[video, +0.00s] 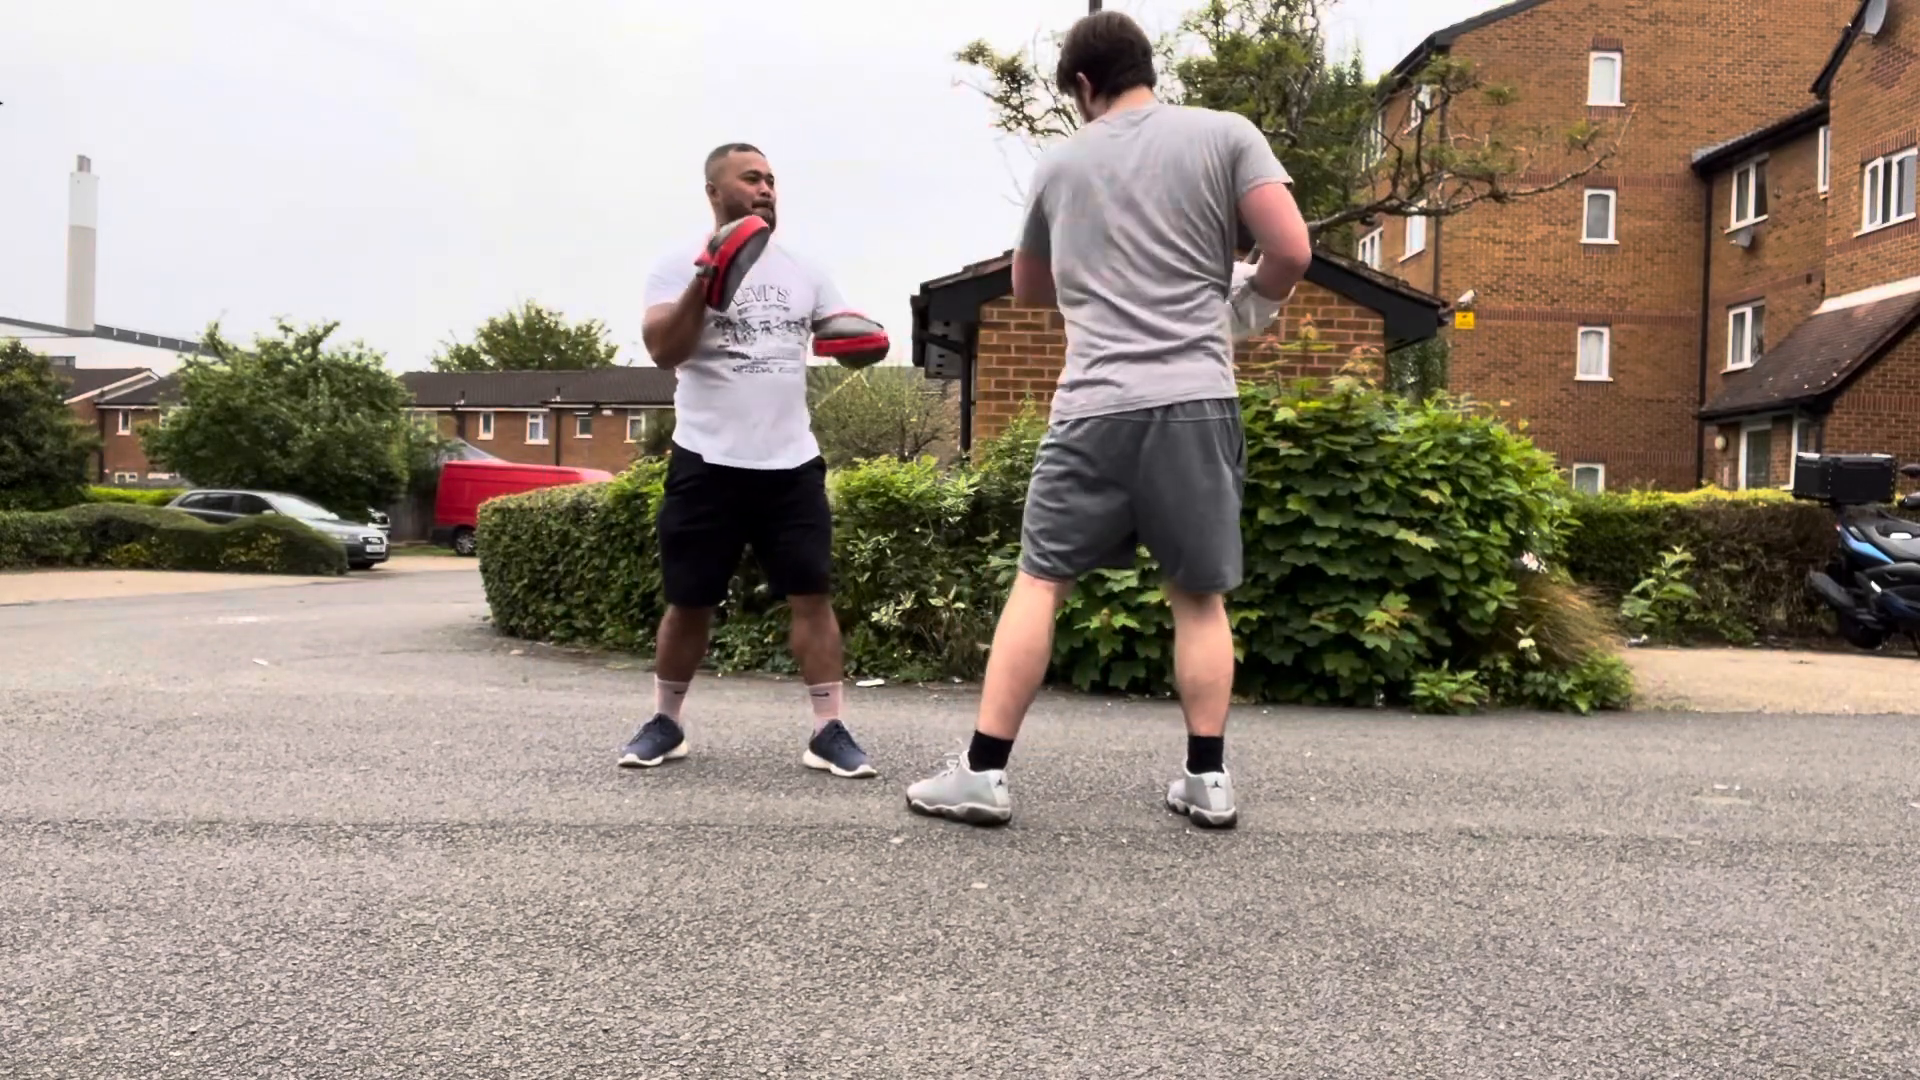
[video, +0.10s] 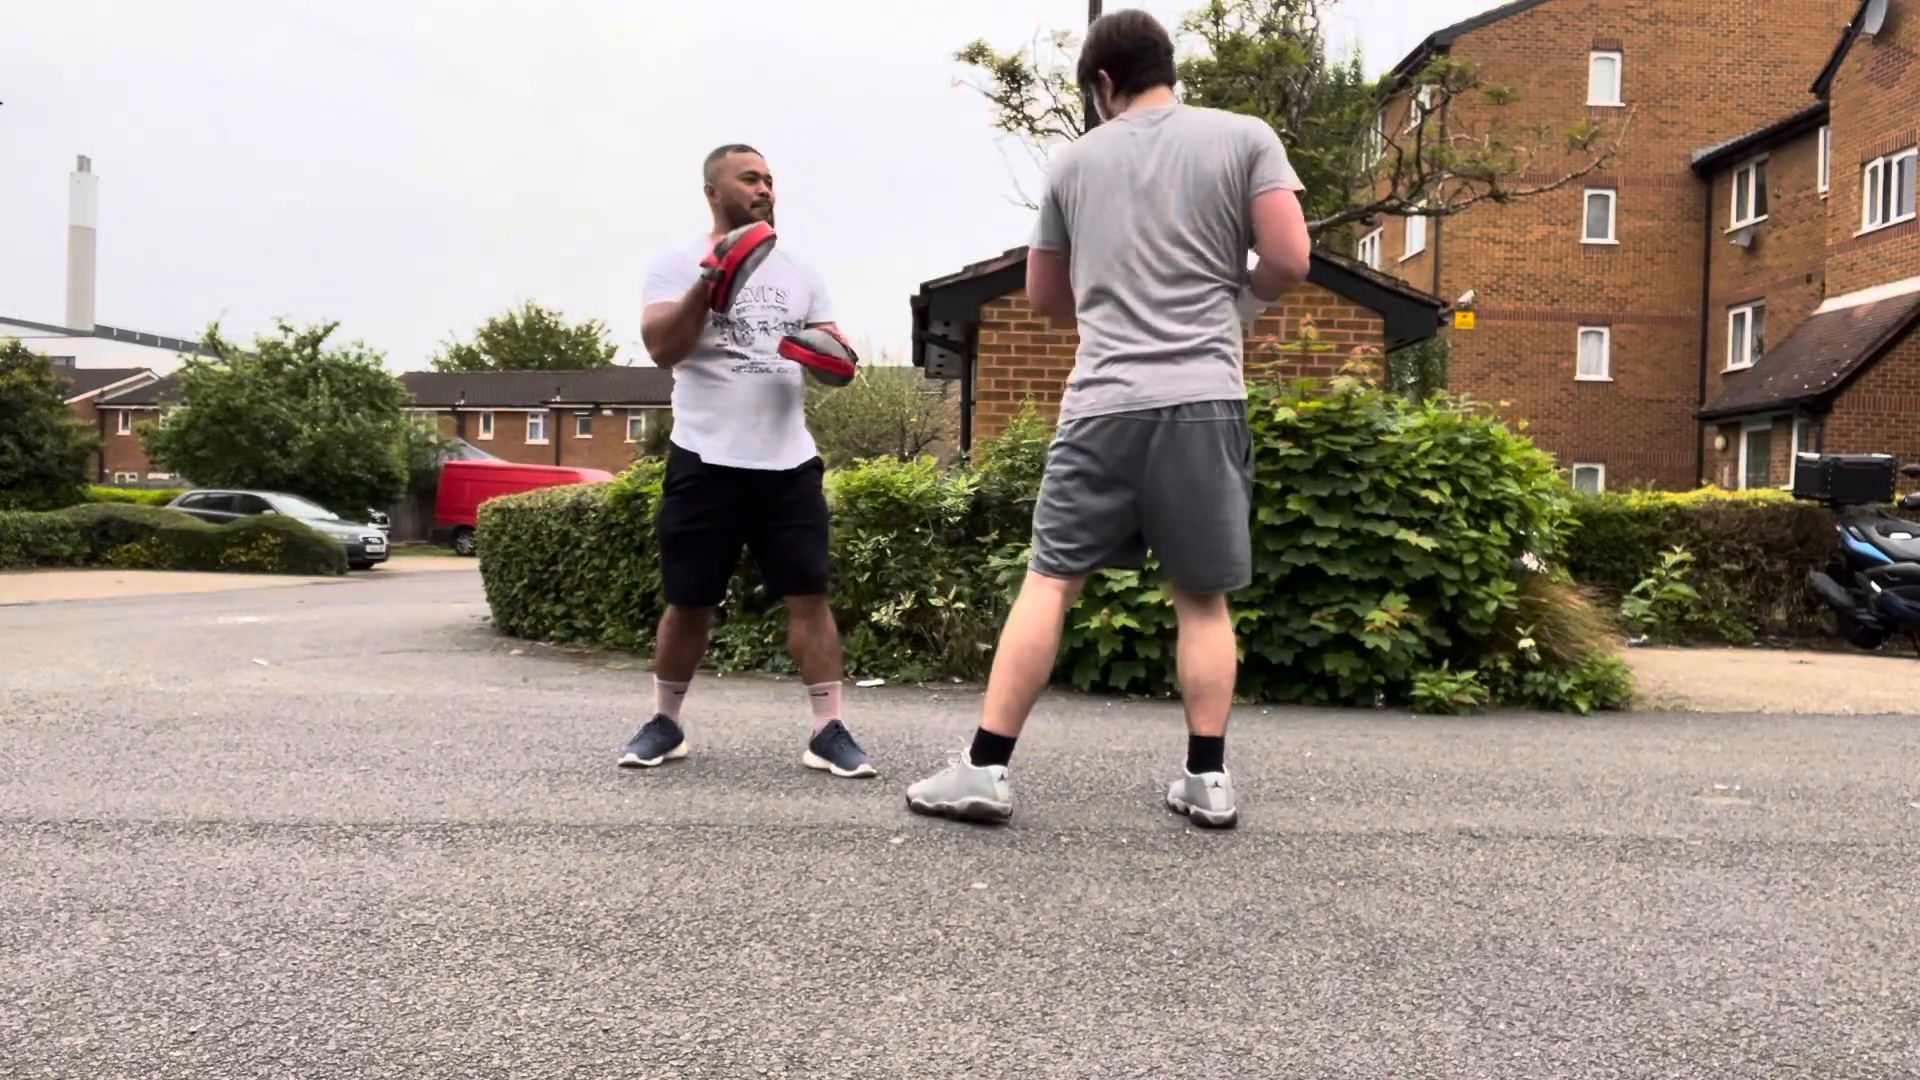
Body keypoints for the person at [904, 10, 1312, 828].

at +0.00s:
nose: (1073, 104)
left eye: (1069, 93)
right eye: (1073, 94)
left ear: (1082, 86)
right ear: (1149, 73)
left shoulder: (1060, 165)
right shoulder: (1225, 133)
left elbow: (1030, 289)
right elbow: (1290, 249)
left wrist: (1110, 271)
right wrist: (1257, 294)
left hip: (1091, 407)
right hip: (1196, 404)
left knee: (1039, 580)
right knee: (1199, 597)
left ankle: (983, 771)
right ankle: (1208, 780)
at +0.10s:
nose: (1090, 101)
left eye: (1087, 91)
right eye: (1091, 91)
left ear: (1102, 85)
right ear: (1172, 74)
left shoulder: (1072, 162)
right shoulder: (1243, 136)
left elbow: (1045, 296)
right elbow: (1288, 259)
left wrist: (1117, 281)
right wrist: (1249, 287)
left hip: (1102, 406)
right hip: (1207, 405)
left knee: (1049, 580)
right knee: (1203, 599)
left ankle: (984, 768)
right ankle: (1207, 781)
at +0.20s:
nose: (1107, 92)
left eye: (1106, 81)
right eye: (1106, 81)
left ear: (1125, 72)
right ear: (1194, 64)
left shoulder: (1096, 146)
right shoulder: (1269, 140)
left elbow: (1050, 280)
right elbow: (1304, 266)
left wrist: (1117, 260)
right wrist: (1231, 266)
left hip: (1122, 396)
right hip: (1223, 398)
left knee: (1058, 572)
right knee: (1206, 592)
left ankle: (991, 757)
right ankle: (1209, 779)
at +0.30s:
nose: (1115, 87)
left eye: (1115, 74)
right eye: (1114, 76)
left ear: (1137, 64)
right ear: (1203, 60)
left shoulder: (1115, 133)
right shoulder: (1273, 142)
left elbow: (1054, 260)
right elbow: (1290, 276)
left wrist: (1097, 219)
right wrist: (1218, 247)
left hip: (1129, 393)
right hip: (1230, 397)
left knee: (1060, 565)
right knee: (1206, 586)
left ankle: (1010, 758)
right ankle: (1209, 778)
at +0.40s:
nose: (1122, 84)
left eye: (1122, 71)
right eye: (1119, 73)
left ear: (1145, 57)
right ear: (1210, 57)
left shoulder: (1129, 125)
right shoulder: (1271, 145)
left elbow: (1059, 249)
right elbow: (1266, 257)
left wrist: (1070, 197)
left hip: (1132, 395)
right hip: (1230, 400)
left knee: (1059, 559)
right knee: (1204, 582)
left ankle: (1037, 753)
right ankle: (1210, 779)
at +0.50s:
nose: (1122, 84)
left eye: (1122, 70)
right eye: (1120, 72)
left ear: (1146, 55)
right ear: (1209, 57)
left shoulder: (1131, 119)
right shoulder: (1266, 145)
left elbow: (1061, 239)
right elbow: (1240, 247)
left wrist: (1071, 187)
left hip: (1132, 394)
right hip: (1229, 399)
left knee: (1055, 556)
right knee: (1204, 583)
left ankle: (1037, 749)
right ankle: (1210, 779)